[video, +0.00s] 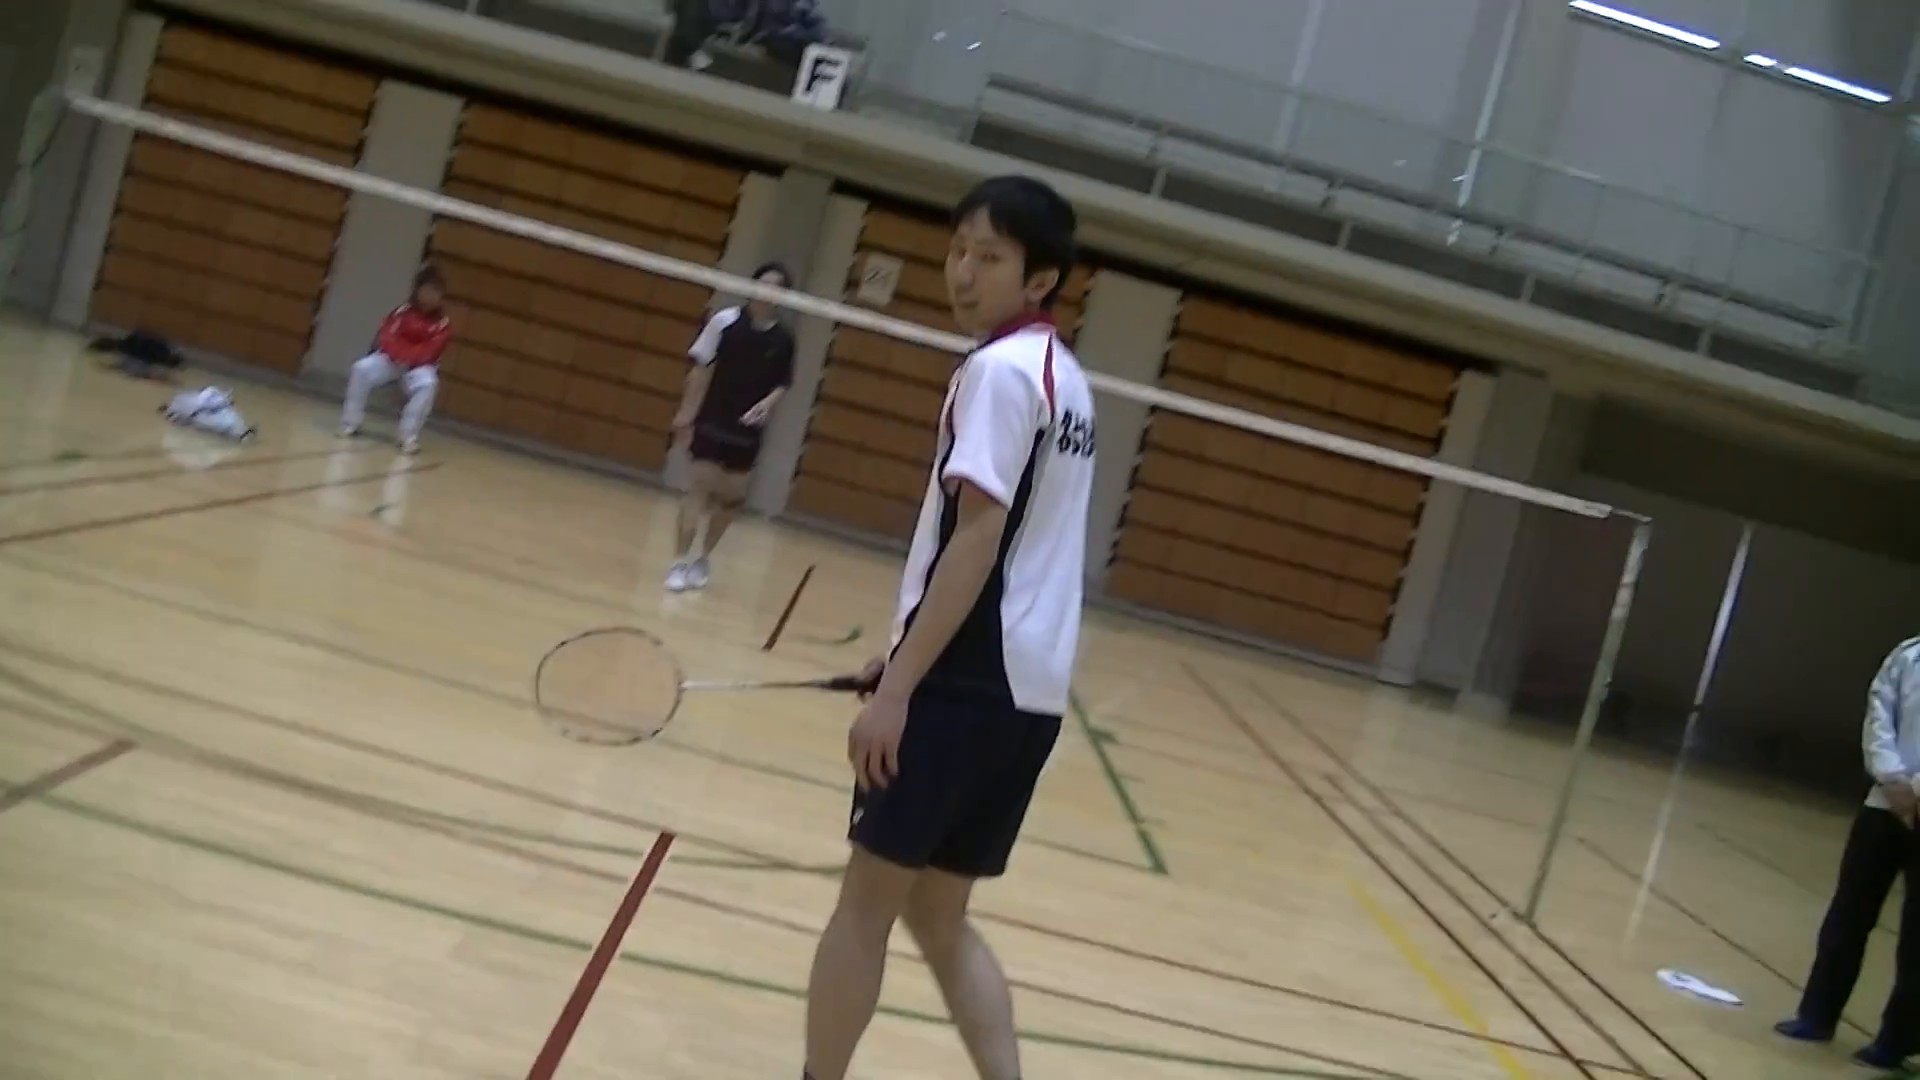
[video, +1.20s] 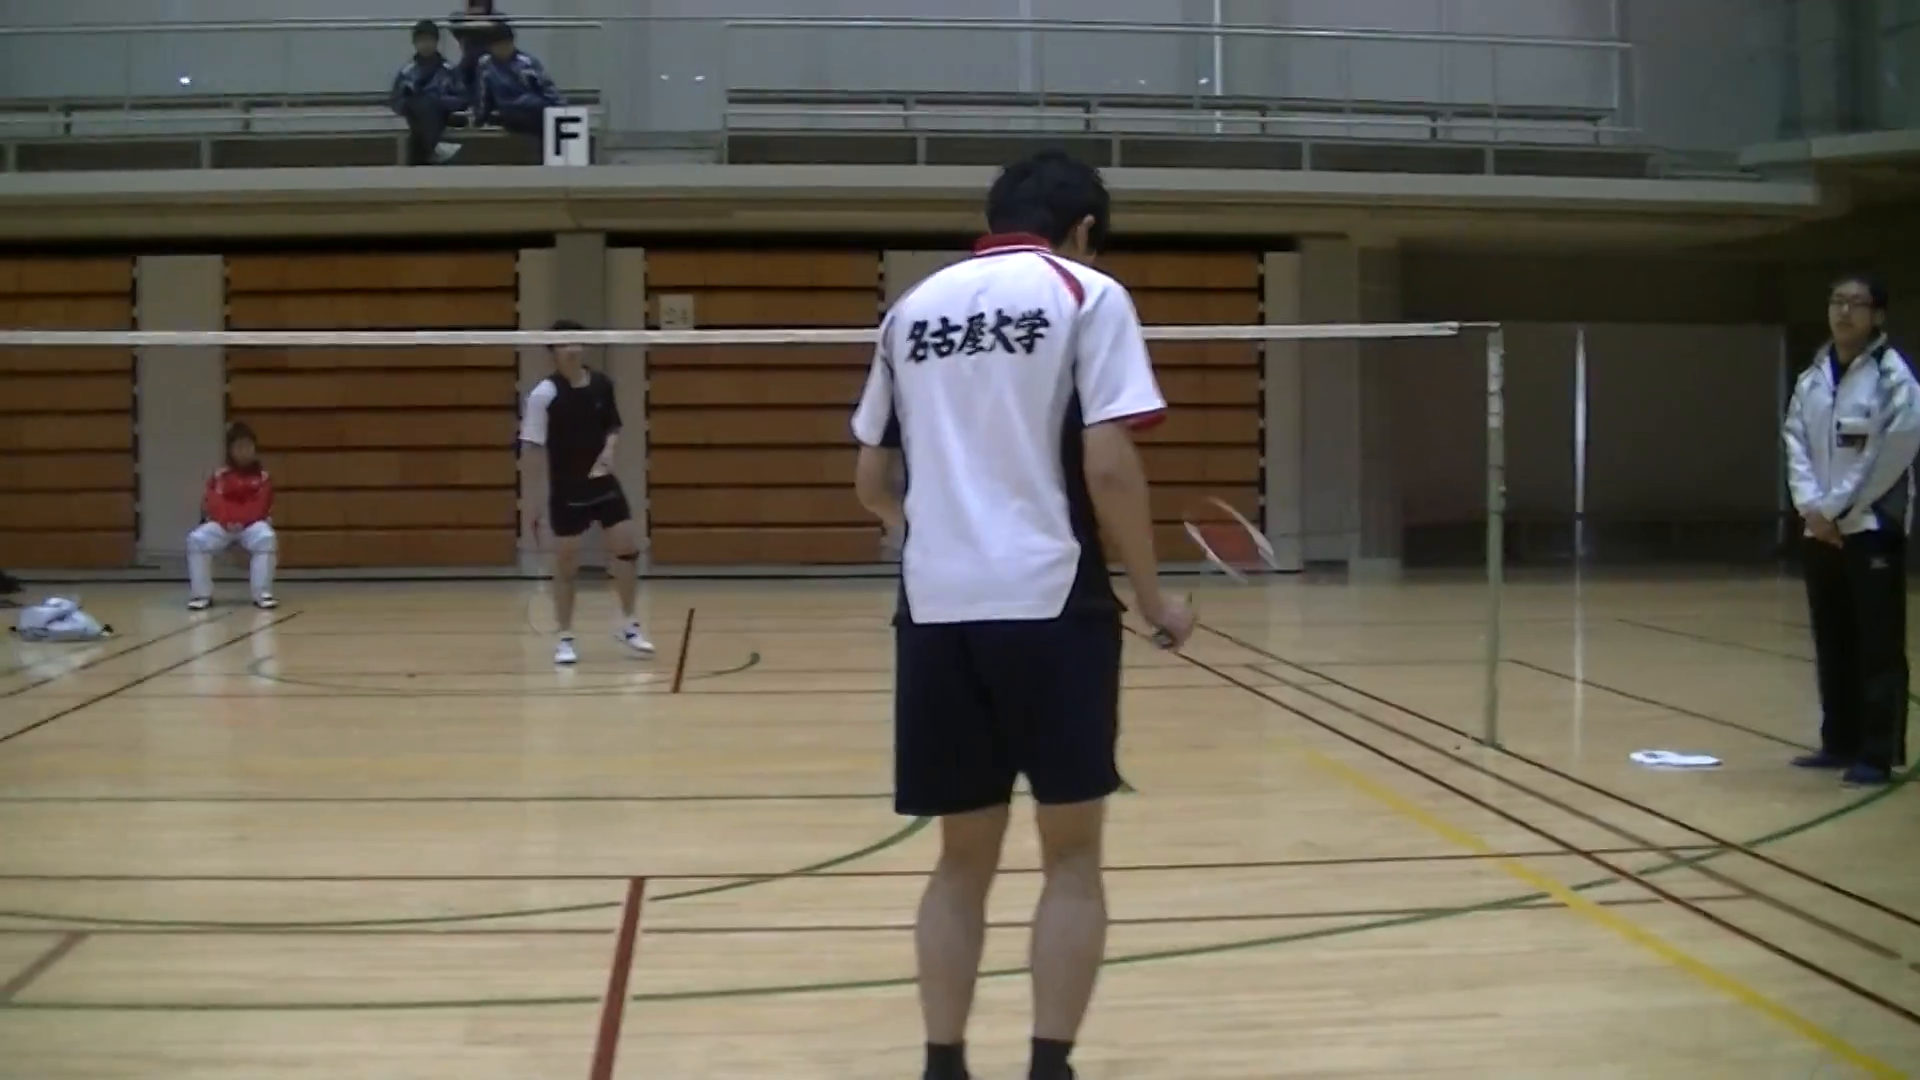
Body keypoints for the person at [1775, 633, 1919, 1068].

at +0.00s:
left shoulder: (1904, 659)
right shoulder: (1905, 658)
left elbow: (1879, 721)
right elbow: (1878, 720)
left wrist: (1905, 787)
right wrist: (1894, 780)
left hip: (1917, 820)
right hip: (1884, 811)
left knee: (1914, 942)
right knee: (1847, 919)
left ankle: (1896, 1042)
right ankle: (1817, 1018)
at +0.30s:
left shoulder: (1900, 589)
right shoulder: (1901, 588)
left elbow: (1878, 661)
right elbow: (1880, 660)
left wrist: (1905, 721)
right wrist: (1900, 716)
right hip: (1892, 741)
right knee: (1862, 852)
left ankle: (1915, 969)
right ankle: (1836, 954)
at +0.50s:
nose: (1919, 469)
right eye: (1917, 460)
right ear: (1909, 467)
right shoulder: (1873, 528)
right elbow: (1850, 598)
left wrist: (1896, 665)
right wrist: (1868, 658)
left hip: (1916, 688)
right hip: (1866, 681)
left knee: (1913, 807)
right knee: (1842, 790)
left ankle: (1906, 909)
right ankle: (1830, 894)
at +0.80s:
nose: (1858, 443)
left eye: (1870, 436)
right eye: (1854, 433)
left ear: (1893, 449)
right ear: (1844, 440)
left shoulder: (1905, 515)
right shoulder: (1813, 499)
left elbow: (1892, 592)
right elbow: (1788, 564)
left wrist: (1830, 638)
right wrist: (1802, 629)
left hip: (1862, 662)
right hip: (1805, 656)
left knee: (1861, 776)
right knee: (1805, 767)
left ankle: (1855, 881)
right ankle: (1807, 865)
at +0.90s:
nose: (1837, 407)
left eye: (1850, 400)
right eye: (1832, 397)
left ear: (1871, 413)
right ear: (1822, 404)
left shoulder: (1884, 480)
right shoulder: (1794, 464)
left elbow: (1872, 554)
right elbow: (1769, 529)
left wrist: (1815, 600)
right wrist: (1786, 595)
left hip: (1846, 626)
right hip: (1790, 621)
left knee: (1846, 739)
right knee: (1795, 732)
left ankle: (1843, 844)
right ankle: (1798, 831)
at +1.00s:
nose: (1822, 357)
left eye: (1834, 349)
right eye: (1816, 347)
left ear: (1854, 362)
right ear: (1805, 355)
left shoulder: (1871, 428)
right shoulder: (1782, 417)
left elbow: (1861, 504)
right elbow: (1761, 484)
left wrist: (1808, 551)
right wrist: (1778, 550)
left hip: (1839, 574)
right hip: (1785, 571)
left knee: (1841, 688)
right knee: (1793, 683)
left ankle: (1839, 795)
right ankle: (1797, 783)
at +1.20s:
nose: (1844, 313)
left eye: (1855, 305)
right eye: (1837, 304)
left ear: (1877, 316)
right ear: (1828, 312)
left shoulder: (1898, 381)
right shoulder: (1811, 378)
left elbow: (1891, 458)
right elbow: (1793, 442)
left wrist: (1840, 510)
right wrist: (1810, 506)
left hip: (1873, 528)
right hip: (1823, 529)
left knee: (1877, 644)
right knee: (1832, 640)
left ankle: (1880, 755)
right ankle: (1838, 744)